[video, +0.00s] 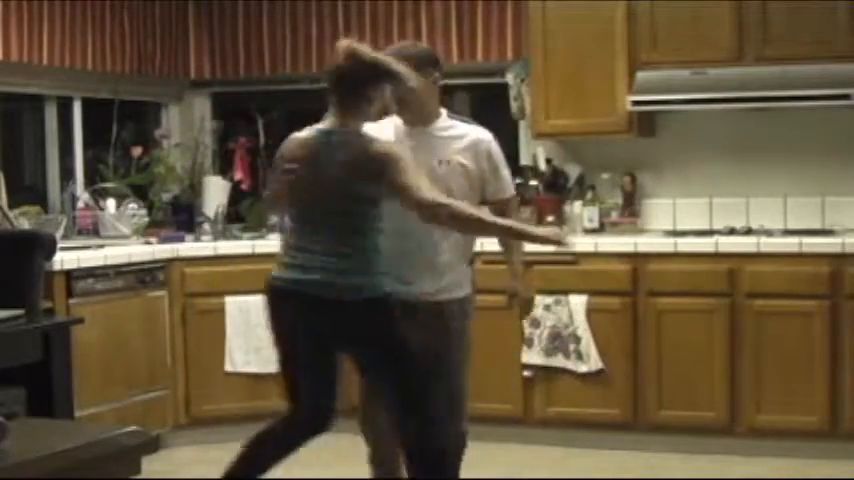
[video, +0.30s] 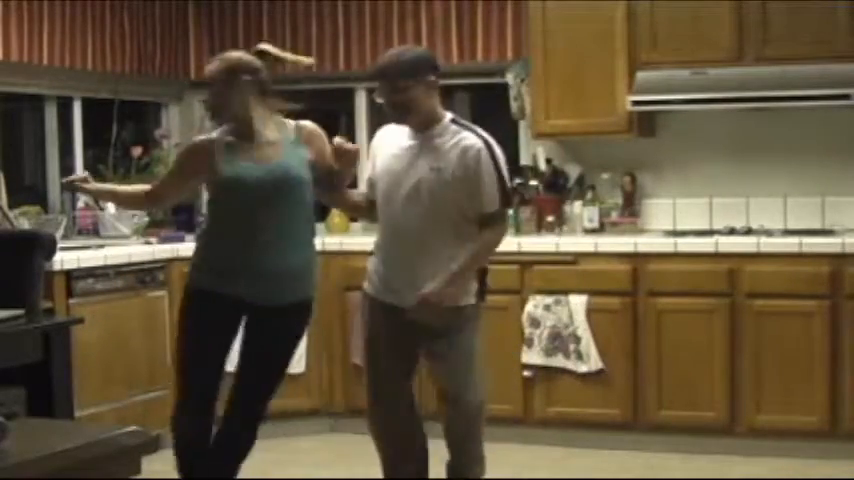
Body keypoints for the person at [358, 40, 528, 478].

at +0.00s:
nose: (397, 90)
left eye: (407, 80)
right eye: (392, 80)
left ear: (436, 80)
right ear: (383, 84)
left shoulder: (475, 142)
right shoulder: (374, 135)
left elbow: (505, 213)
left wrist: (517, 275)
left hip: (446, 300)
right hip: (381, 297)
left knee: (445, 425)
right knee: (379, 414)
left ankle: (439, 475)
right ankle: (389, 473)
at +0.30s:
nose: (389, 101)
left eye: (399, 90)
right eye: (384, 92)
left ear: (431, 84)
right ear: (380, 93)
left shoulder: (474, 149)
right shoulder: (384, 139)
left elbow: (495, 227)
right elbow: (372, 208)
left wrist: (453, 282)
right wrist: (334, 188)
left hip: (450, 306)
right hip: (386, 303)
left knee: (463, 411)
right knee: (387, 413)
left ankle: (465, 473)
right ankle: (405, 474)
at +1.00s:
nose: (421, 105)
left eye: (421, 95)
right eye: (422, 95)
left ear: (430, 95)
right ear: (476, 93)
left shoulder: (426, 152)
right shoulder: (526, 142)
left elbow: (392, 233)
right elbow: (562, 210)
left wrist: (315, 224)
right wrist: (502, 215)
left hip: (465, 312)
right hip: (523, 308)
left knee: (395, 416)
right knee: (475, 416)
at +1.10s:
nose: (438, 105)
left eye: (440, 98)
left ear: (445, 97)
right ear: (494, 93)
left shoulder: (435, 152)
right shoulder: (544, 142)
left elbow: (391, 225)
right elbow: (585, 208)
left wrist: (320, 196)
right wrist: (536, 215)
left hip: (474, 309)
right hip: (539, 305)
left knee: (411, 418)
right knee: (491, 420)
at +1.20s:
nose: (523, 99)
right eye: (522, 93)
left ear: (467, 100)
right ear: (517, 94)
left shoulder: (447, 150)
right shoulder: (563, 145)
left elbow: (395, 210)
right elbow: (606, 213)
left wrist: (346, 160)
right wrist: (611, 195)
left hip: (484, 306)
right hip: (554, 304)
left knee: (438, 418)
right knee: (515, 406)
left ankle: (443, 473)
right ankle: (488, 473)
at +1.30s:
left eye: (488, 94)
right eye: (541, 92)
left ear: (491, 96)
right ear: (541, 92)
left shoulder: (471, 151)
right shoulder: (589, 147)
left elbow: (428, 205)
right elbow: (622, 219)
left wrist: (384, 165)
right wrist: (630, 199)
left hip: (504, 309)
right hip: (572, 307)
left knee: (449, 424)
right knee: (548, 395)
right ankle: (556, 474)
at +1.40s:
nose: (513, 104)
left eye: (513, 97)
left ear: (519, 98)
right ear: (568, 95)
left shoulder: (500, 151)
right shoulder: (619, 147)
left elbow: (466, 213)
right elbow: (649, 220)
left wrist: (409, 195)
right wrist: (670, 221)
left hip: (533, 313)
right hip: (601, 310)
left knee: (470, 420)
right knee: (587, 413)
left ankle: (456, 474)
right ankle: (612, 474)